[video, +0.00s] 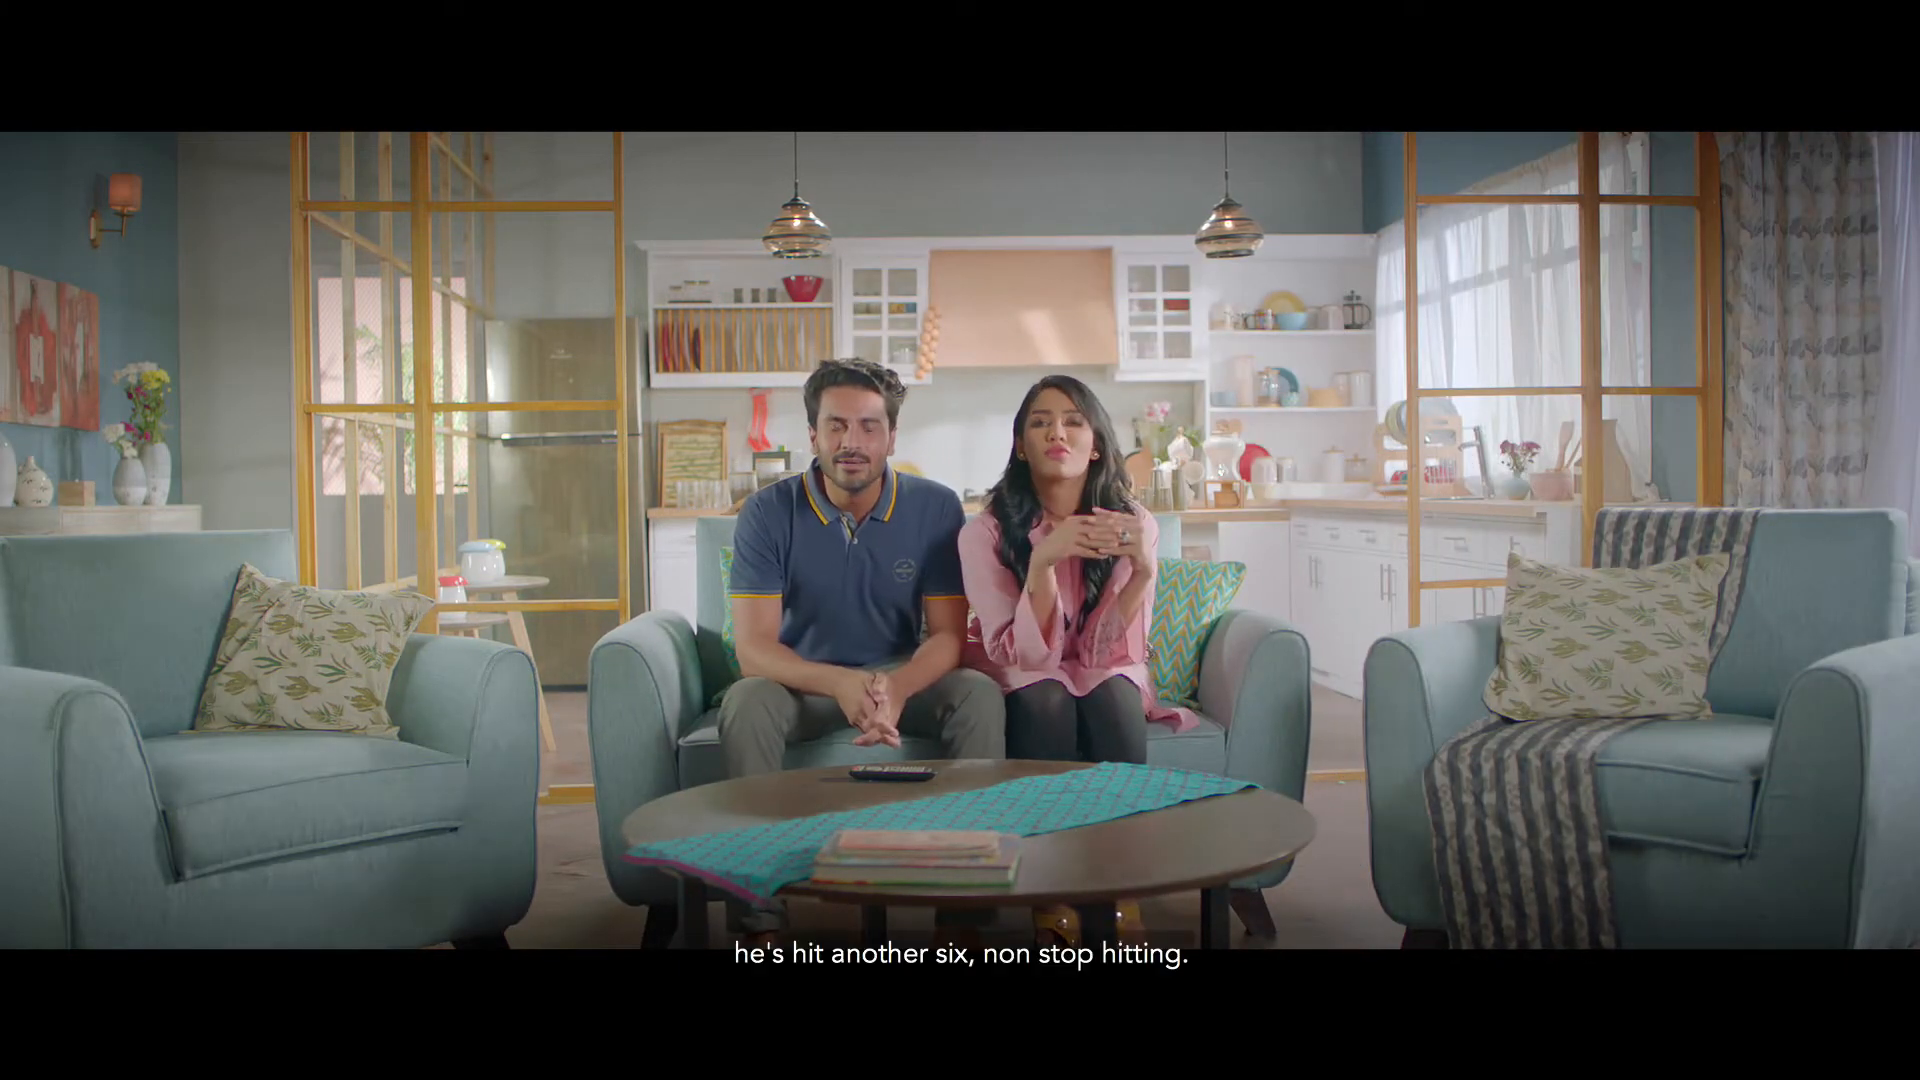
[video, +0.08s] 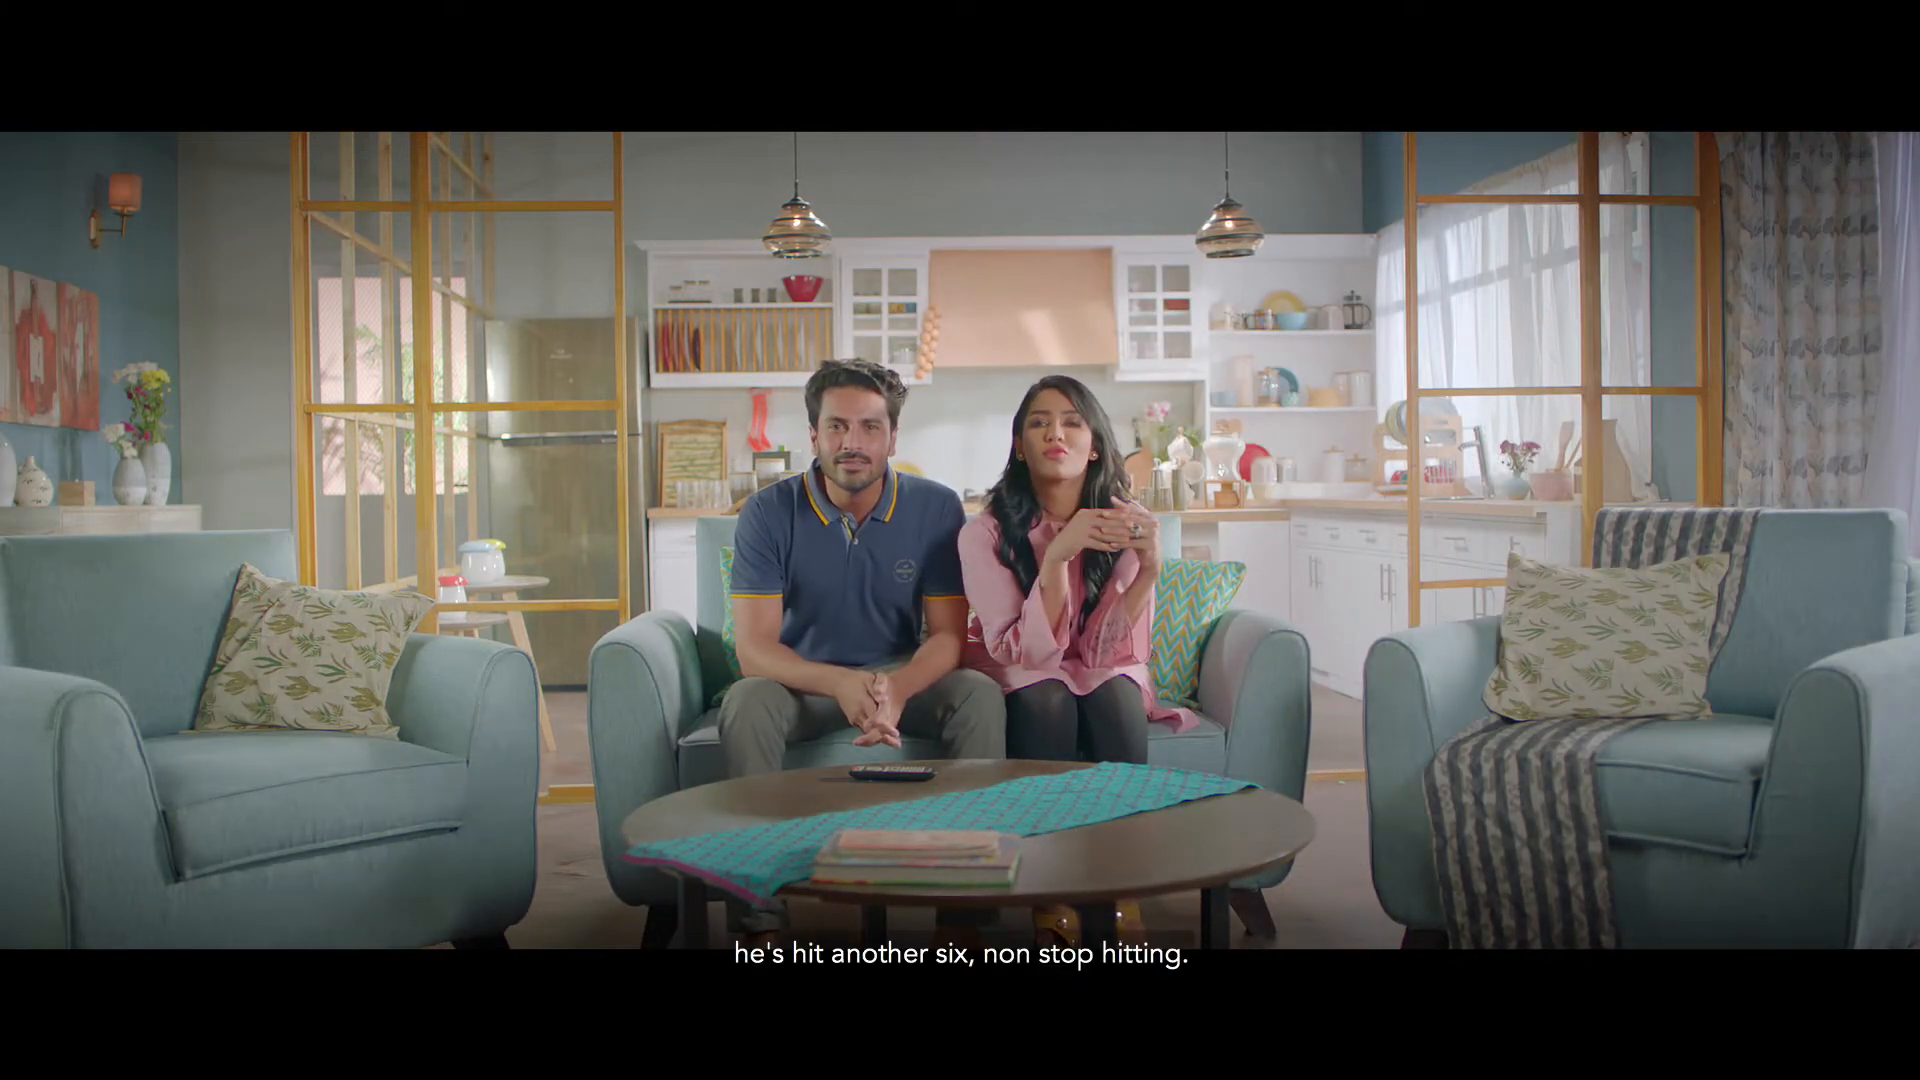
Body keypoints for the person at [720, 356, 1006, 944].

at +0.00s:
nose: (852, 442)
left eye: (868, 426)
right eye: (836, 427)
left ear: (891, 436)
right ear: (813, 436)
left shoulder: (934, 506)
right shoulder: (769, 513)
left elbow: (947, 635)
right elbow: (755, 651)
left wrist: (896, 690)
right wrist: (839, 682)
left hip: (905, 684)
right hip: (805, 687)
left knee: (981, 696)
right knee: (747, 704)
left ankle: (966, 874)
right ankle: (760, 887)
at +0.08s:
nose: (852, 443)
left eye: (869, 427)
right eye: (837, 427)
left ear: (892, 437)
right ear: (814, 436)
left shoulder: (934, 507)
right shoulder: (769, 514)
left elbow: (947, 636)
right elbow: (756, 652)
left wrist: (897, 690)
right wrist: (839, 682)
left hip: (903, 684)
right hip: (804, 688)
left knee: (981, 696)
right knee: (748, 704)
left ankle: (965, 871)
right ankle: (761, 883)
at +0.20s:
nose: (854, 442)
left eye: (871, 426)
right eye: (839, 426)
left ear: (893, 436)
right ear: (816, 436)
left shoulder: (935, 507)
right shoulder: (770, 514)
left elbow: (947, 635)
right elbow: (756, 653)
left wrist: (897, 690)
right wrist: (840, 682)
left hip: (904, 683)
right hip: (804, 687)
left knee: (981, 696)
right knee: (747, 704)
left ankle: (965, 870)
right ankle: (762, 881)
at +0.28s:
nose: (854, 443)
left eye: (870, 427)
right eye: (838, 427)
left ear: (893, 436)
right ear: (815, 436)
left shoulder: (934, 507)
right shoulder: (769, 514)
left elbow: (946, 636)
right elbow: (756, 653)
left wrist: (896, 690)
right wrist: (840, 682)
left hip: (904, 684)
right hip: (804, 687)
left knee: (980, 696)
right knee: (747, 703)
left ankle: (964, 871)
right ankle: (763, 882)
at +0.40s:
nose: (854, 442)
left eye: (870, 426)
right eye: (838, 426)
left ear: (892, 437)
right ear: (815, 437)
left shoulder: (935, 507)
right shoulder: (769, 514)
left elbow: (947, 636)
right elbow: (756, 653)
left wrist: (897, 689)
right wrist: (839, 681)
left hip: (904, 684)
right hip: (804, 688)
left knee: (981, 696)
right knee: (747, 703)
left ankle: (966, 871)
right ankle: (763, 882)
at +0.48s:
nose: (854, 441)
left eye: (871, 425)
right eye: (839, 425)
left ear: (893, 437)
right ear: (816, 436)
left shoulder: (935, 507)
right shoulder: (770, 514)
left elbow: (946, 636)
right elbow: (756, 653)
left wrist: (897, 689)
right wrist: (840, 681)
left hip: (904, 683)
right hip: (804, 688)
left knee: (981, 696)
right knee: (747, 703)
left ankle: (965, 869)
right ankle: (763, 879)